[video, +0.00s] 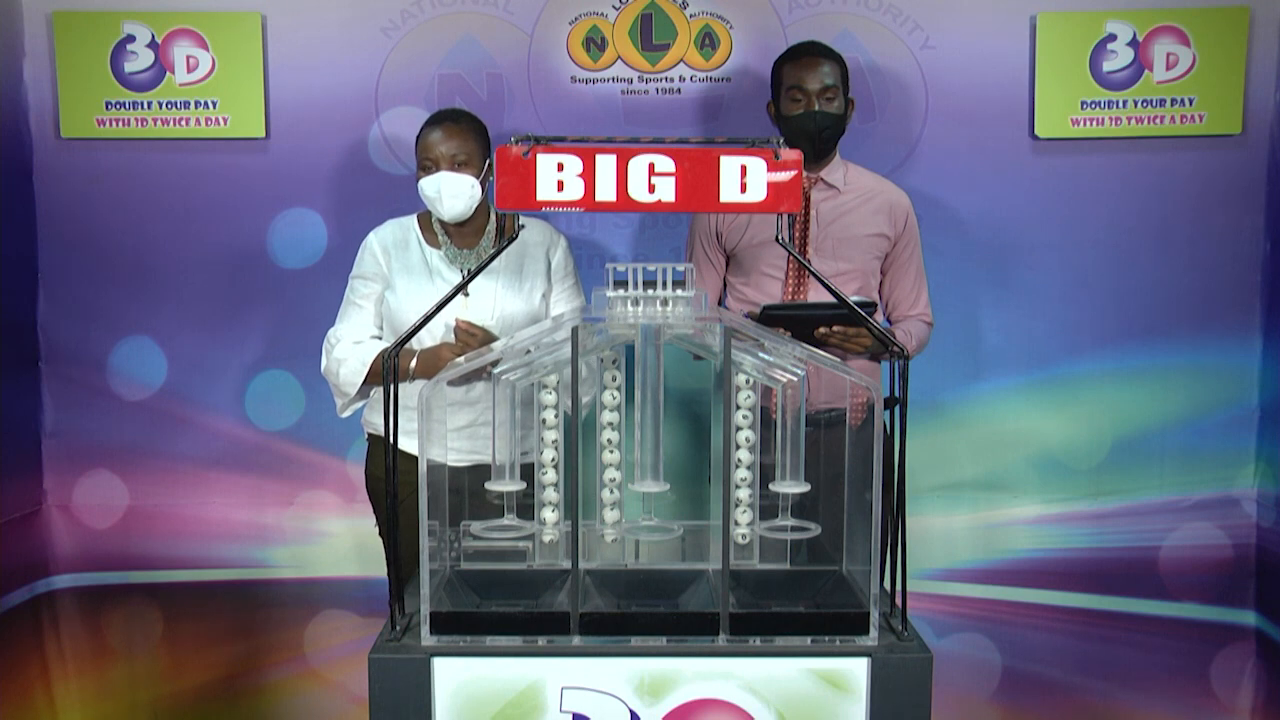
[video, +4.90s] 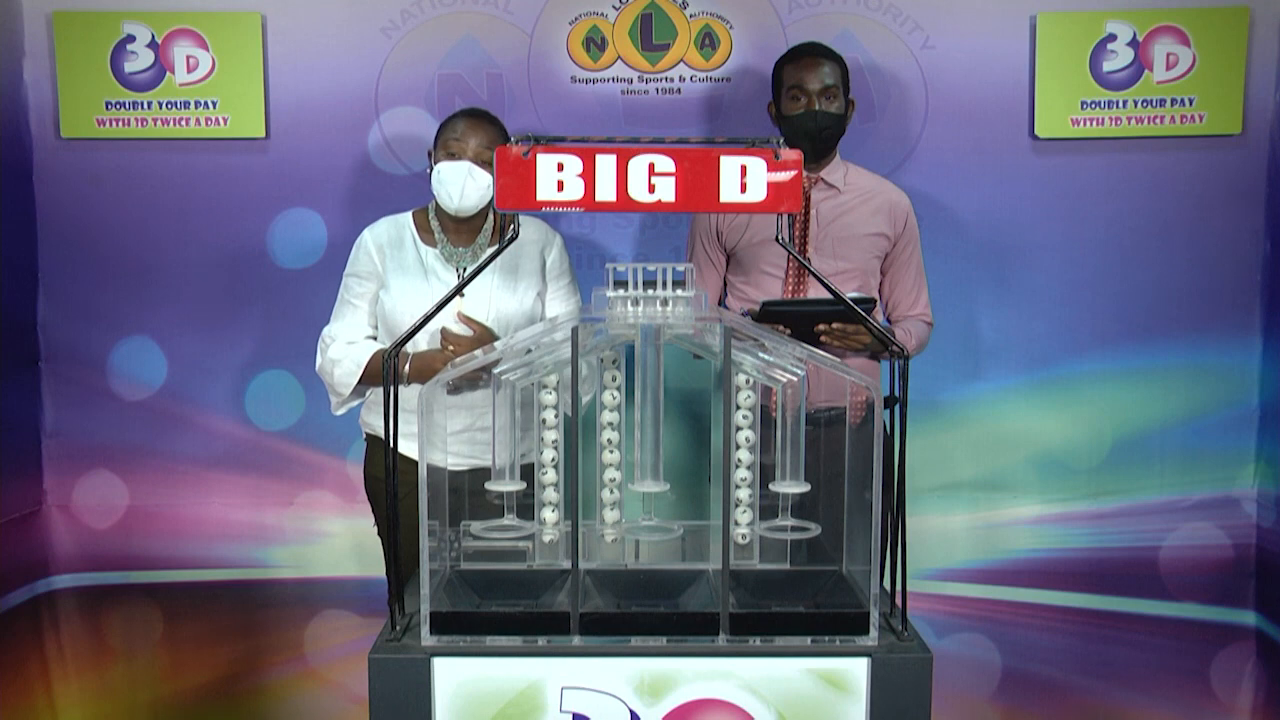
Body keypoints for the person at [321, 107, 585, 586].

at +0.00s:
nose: (444, 180)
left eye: (459, 164)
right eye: (430, 167)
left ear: (487, 167)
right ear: (417, 174)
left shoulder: (544, 247)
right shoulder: (385, 247)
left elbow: (574, 362)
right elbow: (342, 358)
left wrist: (502, 355)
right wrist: (423, 361)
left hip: (512, 465)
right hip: (408, 465)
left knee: (505, 617)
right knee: (416, 616)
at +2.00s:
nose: (442, 179)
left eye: (456, 163)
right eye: (427, 166)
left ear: (480, 167)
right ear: (412, 171)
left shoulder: (535, 244)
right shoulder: (378, 247)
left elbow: (566, 350)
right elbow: (337, 363)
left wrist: (501, 353)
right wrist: (431, 360)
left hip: (507, 461)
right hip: (405, 461)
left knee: (501, 616)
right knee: (416, 616)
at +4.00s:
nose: (449, 174)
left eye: (465, 160)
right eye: (436, 159)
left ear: (492, 167)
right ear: (422, 164)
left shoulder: (538, 247)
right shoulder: (381, 248)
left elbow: (567, 362)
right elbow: (337, 360)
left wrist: (494, 360)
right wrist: (415, 362)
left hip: (506, 465)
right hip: (404, 465)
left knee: (500, 618)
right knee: (415, 616)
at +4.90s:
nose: (464, 171)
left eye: (482, 160)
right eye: (452, 155)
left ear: (504, 172)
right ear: (431, 162)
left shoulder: (539, 244)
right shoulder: (380, 244)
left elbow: (571, 357)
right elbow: (338, 358)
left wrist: (503, 357)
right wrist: (429, 363)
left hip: (509, 463)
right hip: (407, 463)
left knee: (504, 618)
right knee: (416, 615)